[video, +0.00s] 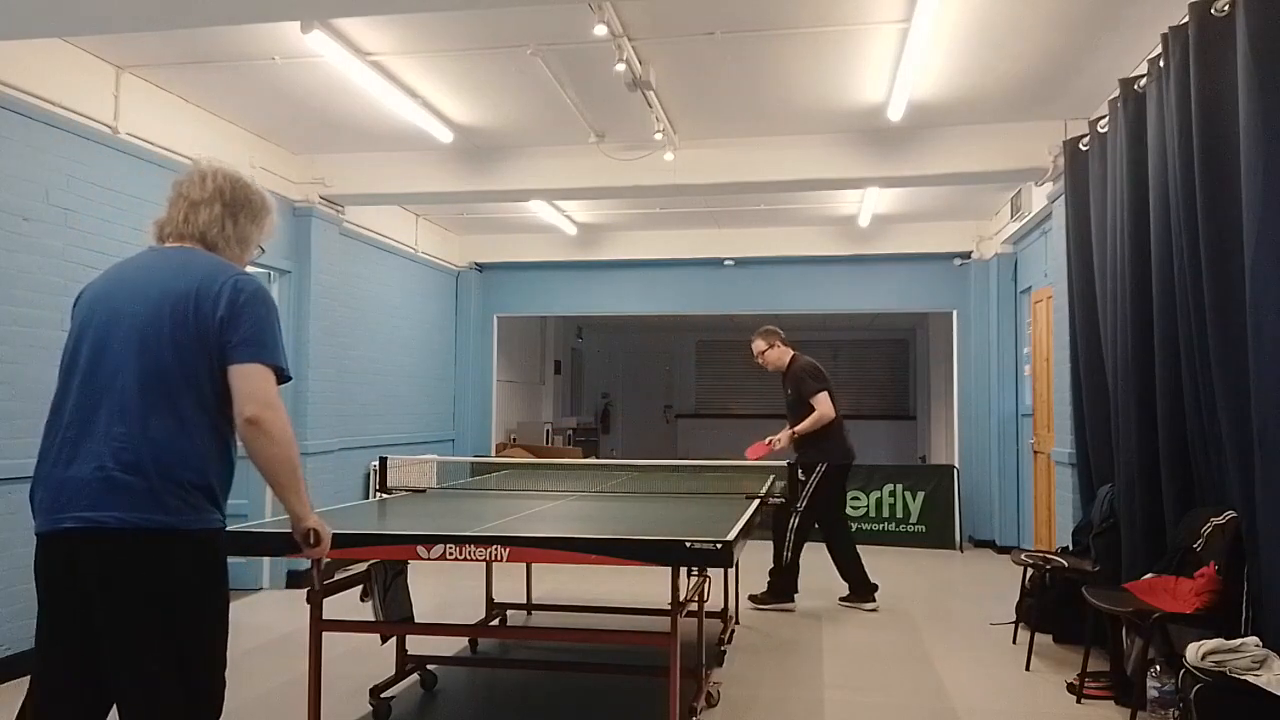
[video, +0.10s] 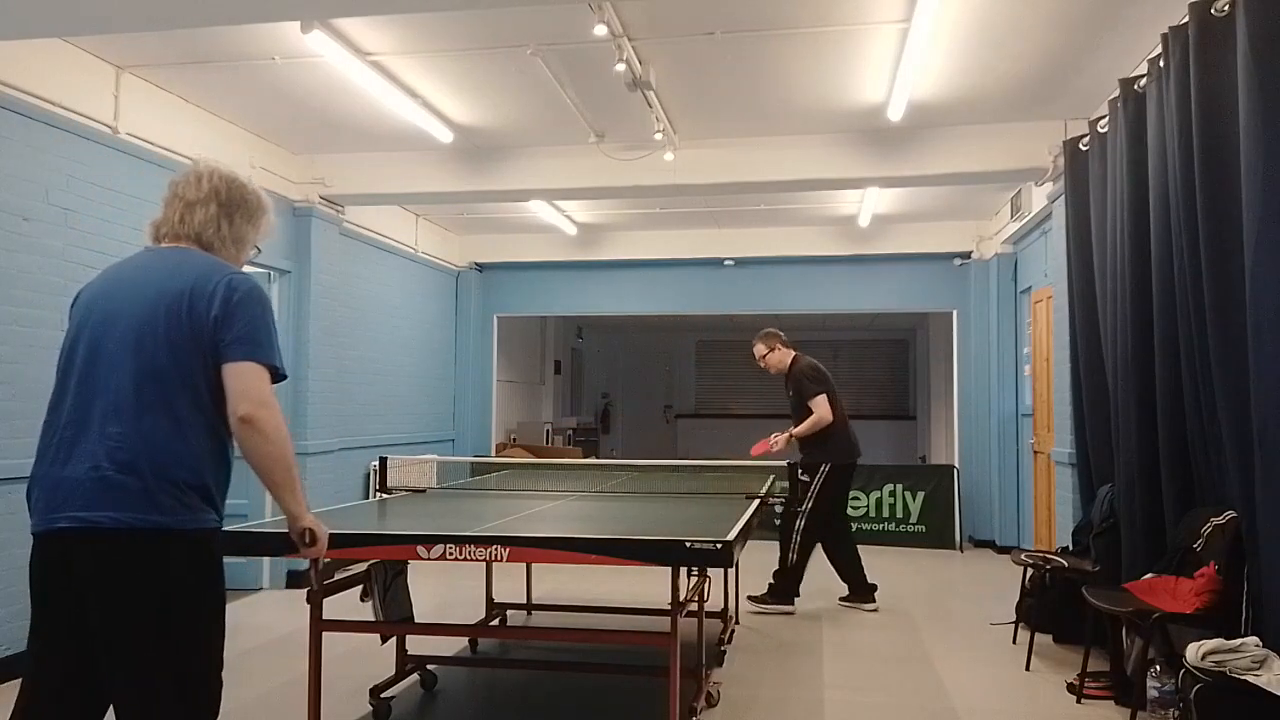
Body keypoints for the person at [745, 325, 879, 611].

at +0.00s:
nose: (759, 361)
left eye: (761, 354)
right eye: (756, 357)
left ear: (777, 345)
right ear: (775, 349)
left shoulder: (803, 368)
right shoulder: (792, 373)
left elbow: (826, 412)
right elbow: (806, 416)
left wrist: (792, 433)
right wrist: (784, 434)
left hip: (825, 460)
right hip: (821, 459)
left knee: (792, 519)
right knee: (833, 526)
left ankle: (781, 590)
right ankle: (862, 590)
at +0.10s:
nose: (761, 365)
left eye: (762, 358)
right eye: (758, 360)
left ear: (777, 348)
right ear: (777, 351)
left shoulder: (803, 370)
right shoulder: (797, 372)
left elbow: (824, 415)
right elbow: (811, 417)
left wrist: (792, 435)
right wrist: (788, 434)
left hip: (828, 460)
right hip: (832, 458)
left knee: (798, 521)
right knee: (832, 525)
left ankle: (783, 593)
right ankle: (861, 591)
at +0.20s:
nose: (760, 370)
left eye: (760, 362)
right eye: (757, 365)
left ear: (774, 351)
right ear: (775, 353)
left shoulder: (800, 371)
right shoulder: (800, 371)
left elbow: (816, 420)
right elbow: (809, 421)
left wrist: (782, 437)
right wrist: (779, 436)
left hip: (831, 460)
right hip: (838, 459)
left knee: (806, 526)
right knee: (836, 527)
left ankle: (784, 595)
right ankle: (862, 592)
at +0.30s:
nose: (754, 377)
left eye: (753, 369)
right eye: (750, 372)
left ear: (766, 358)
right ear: (769, 359)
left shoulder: (793, 376)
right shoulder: (797, 372)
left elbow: (803, 427)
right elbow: (803, 423)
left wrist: (770, 441)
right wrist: (772, 437)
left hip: (833, 461)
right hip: (842, 458)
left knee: (807, 527)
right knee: (837, 527)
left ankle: (782, 597)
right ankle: (862, 592)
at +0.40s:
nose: (746, 389)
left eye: (743, 382)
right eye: (742, 385)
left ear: (755, 369)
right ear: (757, 369)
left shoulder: (784, 382)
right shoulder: (788, 377)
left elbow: (790, 436)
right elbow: (795, 426)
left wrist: (754, 447)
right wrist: (765, 438)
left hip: (830, 461)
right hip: (844, 457)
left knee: (802, 528)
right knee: (838, 527)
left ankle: (781, 598)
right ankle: (862, 592)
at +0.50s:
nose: (734, 400)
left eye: (732, 394)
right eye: (730, 396)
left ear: (744, 381)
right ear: (746, 379)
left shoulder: (772, 390)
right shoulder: (777, 384)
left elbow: (778, 445)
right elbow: (781, 435)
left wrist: (741, 453)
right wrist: (750, 442)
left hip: (827, 461)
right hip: (842, 455)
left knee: (796, 526)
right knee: (837, 527)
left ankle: (781, 598)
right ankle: (862, 592)